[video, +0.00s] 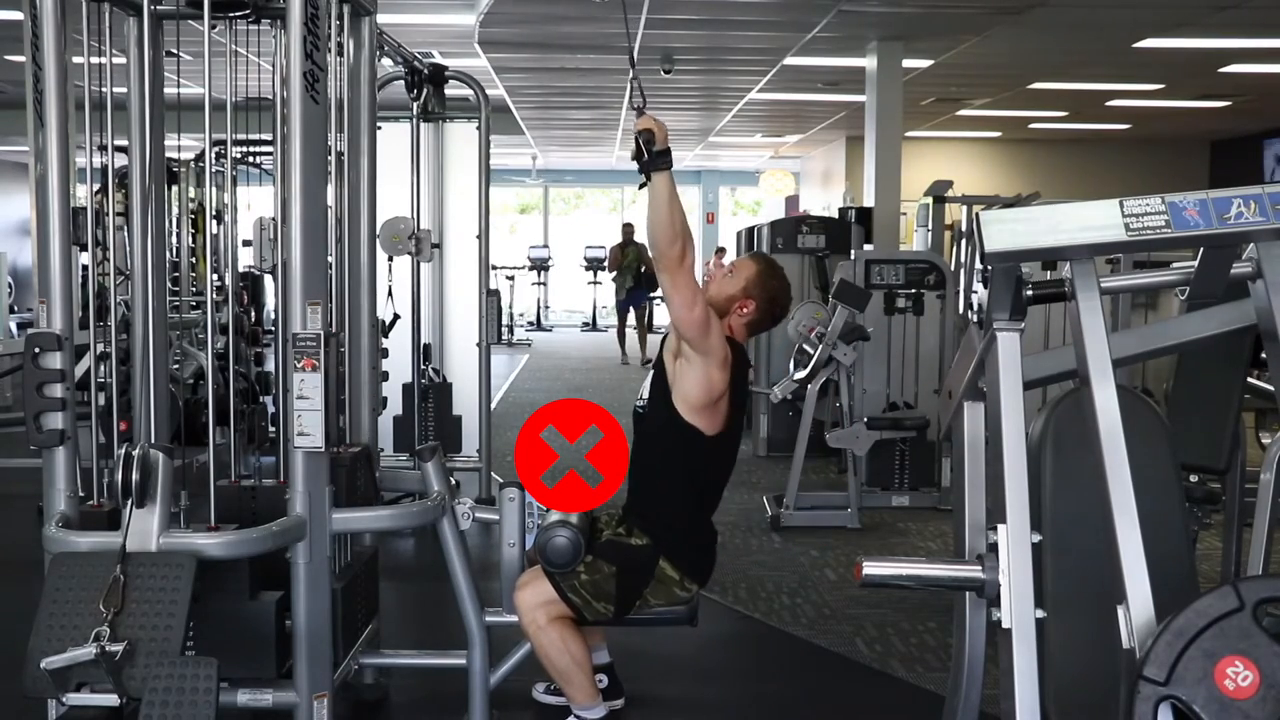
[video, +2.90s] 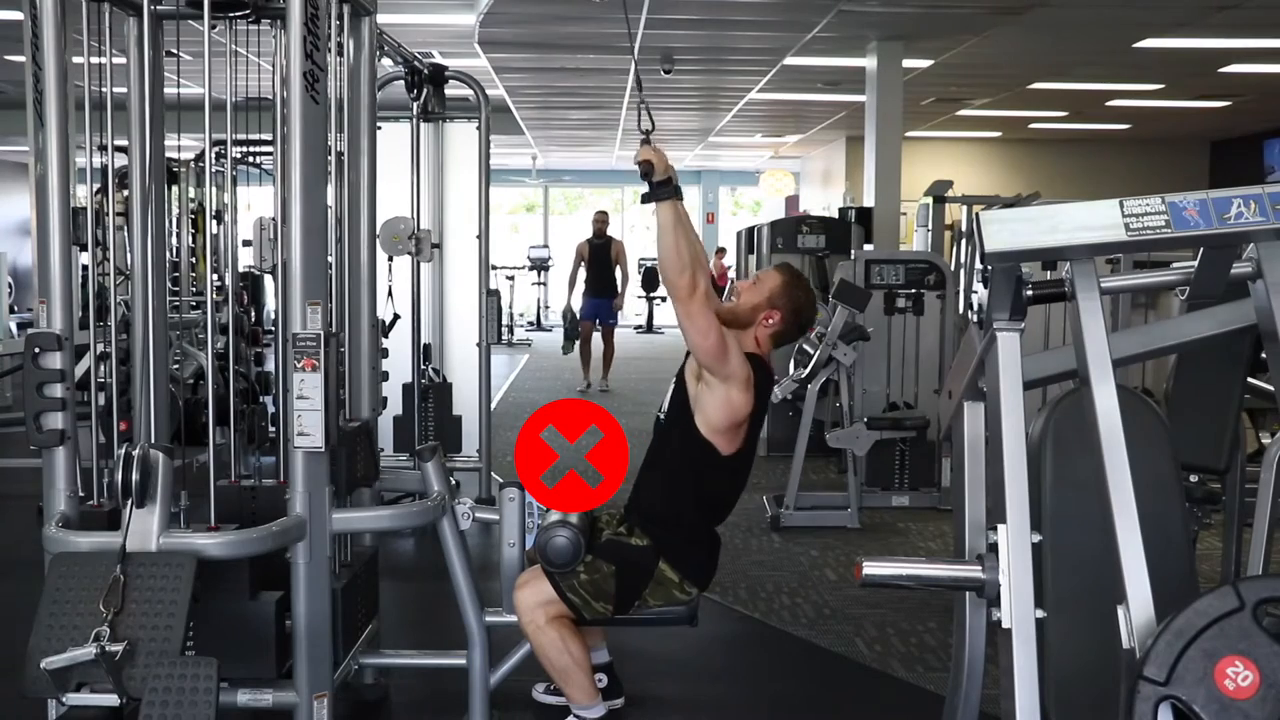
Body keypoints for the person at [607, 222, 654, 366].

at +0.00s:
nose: (628, 236)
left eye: (631, 233)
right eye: (626, 233)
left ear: (634, 233)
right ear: (622, 233)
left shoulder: (641, 248)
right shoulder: (616, 249)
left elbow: (650, 266)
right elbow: (611, 268)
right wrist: (623, 257)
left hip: (639, 288)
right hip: (622, 289)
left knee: (641, 323)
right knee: (622, 324)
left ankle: (644, 355)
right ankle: (623, 354)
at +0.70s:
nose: (628, 233)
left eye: (631, 230)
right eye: (626, 230)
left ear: (636, 232)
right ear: (623, 232)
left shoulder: (646, 250)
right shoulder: (618, 253)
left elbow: (657, 270)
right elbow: (610, 274)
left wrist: (640, 281)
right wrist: (619, 278)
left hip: (643, 293)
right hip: (626, 292)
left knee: (644, 327)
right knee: (626, 327)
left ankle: (642, 357)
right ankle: (626, 360)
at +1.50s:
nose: (621, 228)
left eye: (624, 225)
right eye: (619, 225)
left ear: (629, 228)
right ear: (615, 226)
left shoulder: (637, 247)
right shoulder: (606, 247)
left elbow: (648, 271)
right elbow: (597, 271)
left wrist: (635, 282)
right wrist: (597, 294)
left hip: (628, 294)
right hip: (611, 294)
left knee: (626, 330)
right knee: (609, 329)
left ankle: (622, 365)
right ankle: (618, 352)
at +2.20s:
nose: (601, 226)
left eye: (604, 223)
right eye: (598, 223)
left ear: (609, 225)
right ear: (594, 224)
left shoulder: (619, 244)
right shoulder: (587, 247)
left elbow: (630, 268)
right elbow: (577, 274)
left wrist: (635, 292)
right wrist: (571, 300)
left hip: (615, 296)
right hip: (596, 296)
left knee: (617, 332)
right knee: (596, 334)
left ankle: (615, 366)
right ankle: (598, 372)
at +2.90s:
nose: (600, 225)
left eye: (603, 222)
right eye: (597, 222)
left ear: (608, 224)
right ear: (592, 223)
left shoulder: (617, 246)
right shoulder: (583, 246)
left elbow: (624, 274)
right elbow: (574, 274)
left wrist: (621, 296)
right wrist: (569, 301)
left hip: (609, 299)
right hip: (589, 298)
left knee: (608, 339)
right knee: (585, 338)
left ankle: (604, 378)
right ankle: (586, 379)